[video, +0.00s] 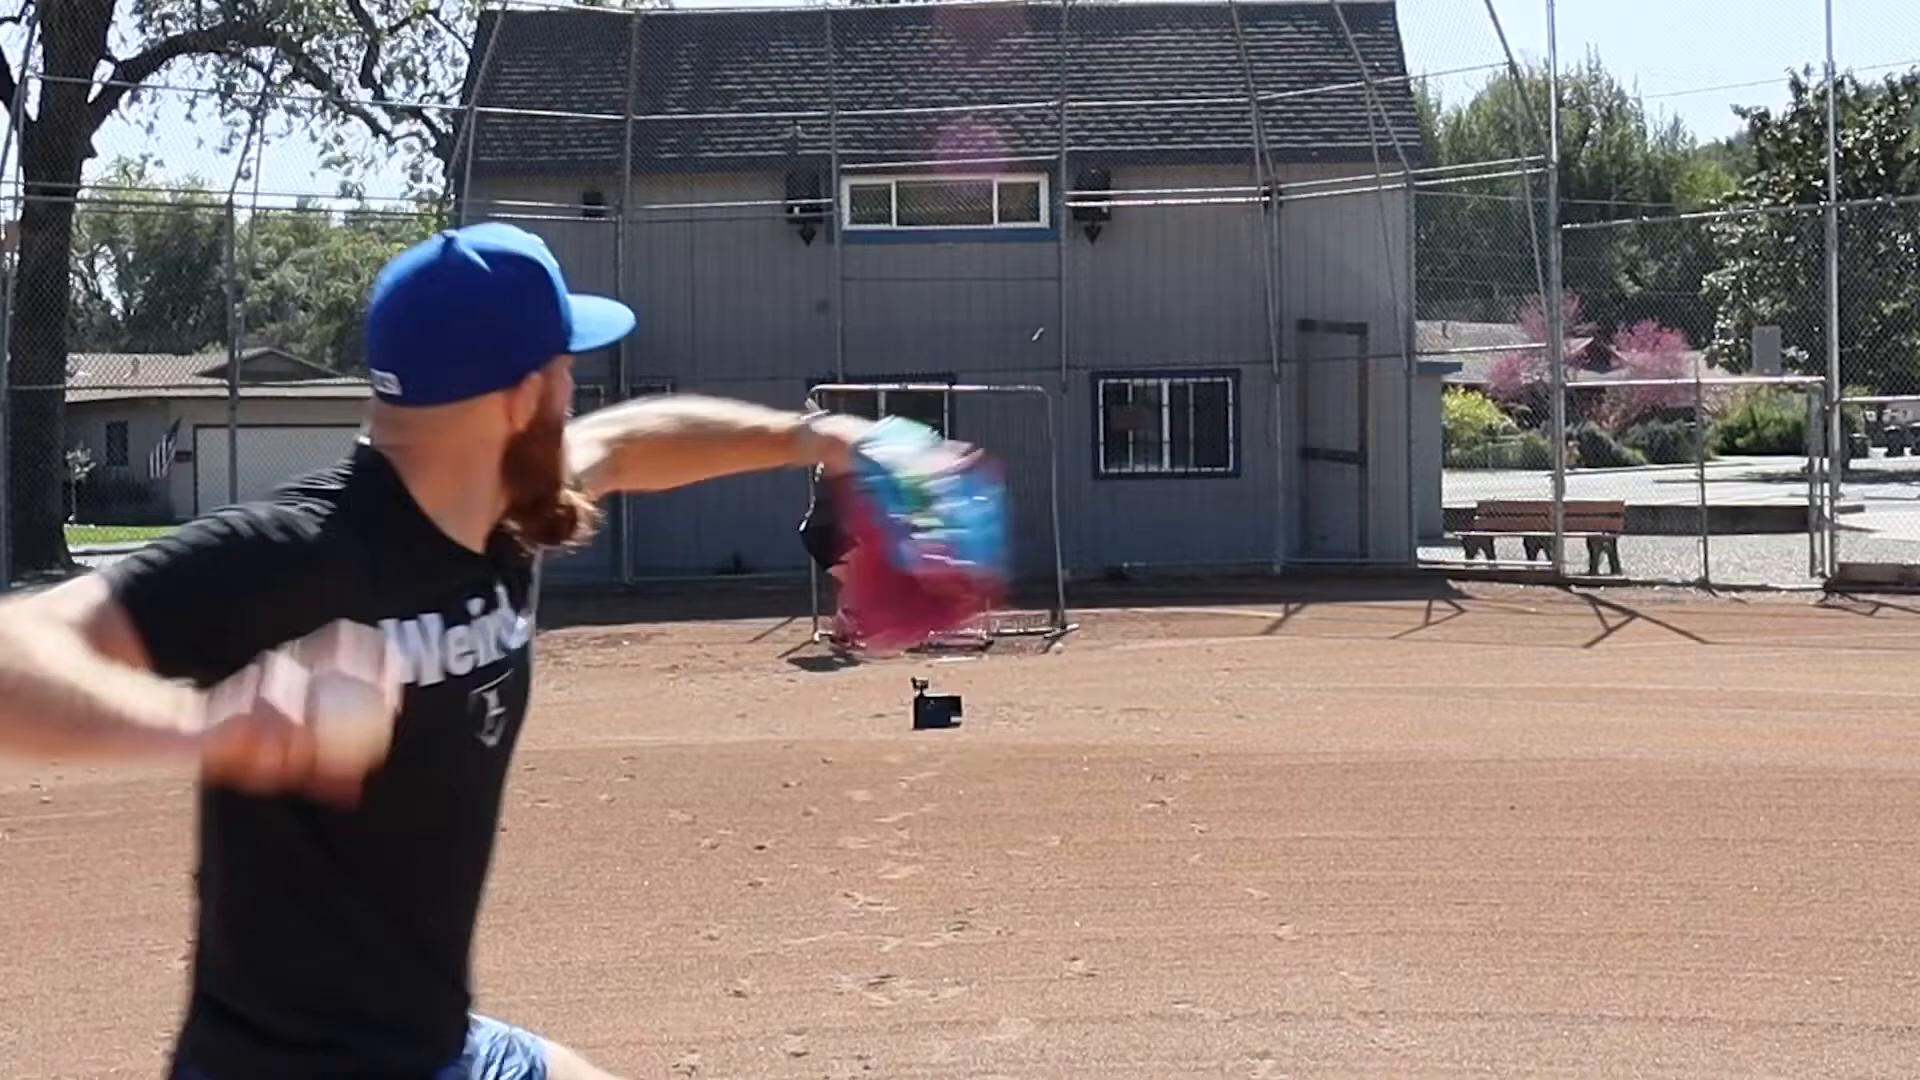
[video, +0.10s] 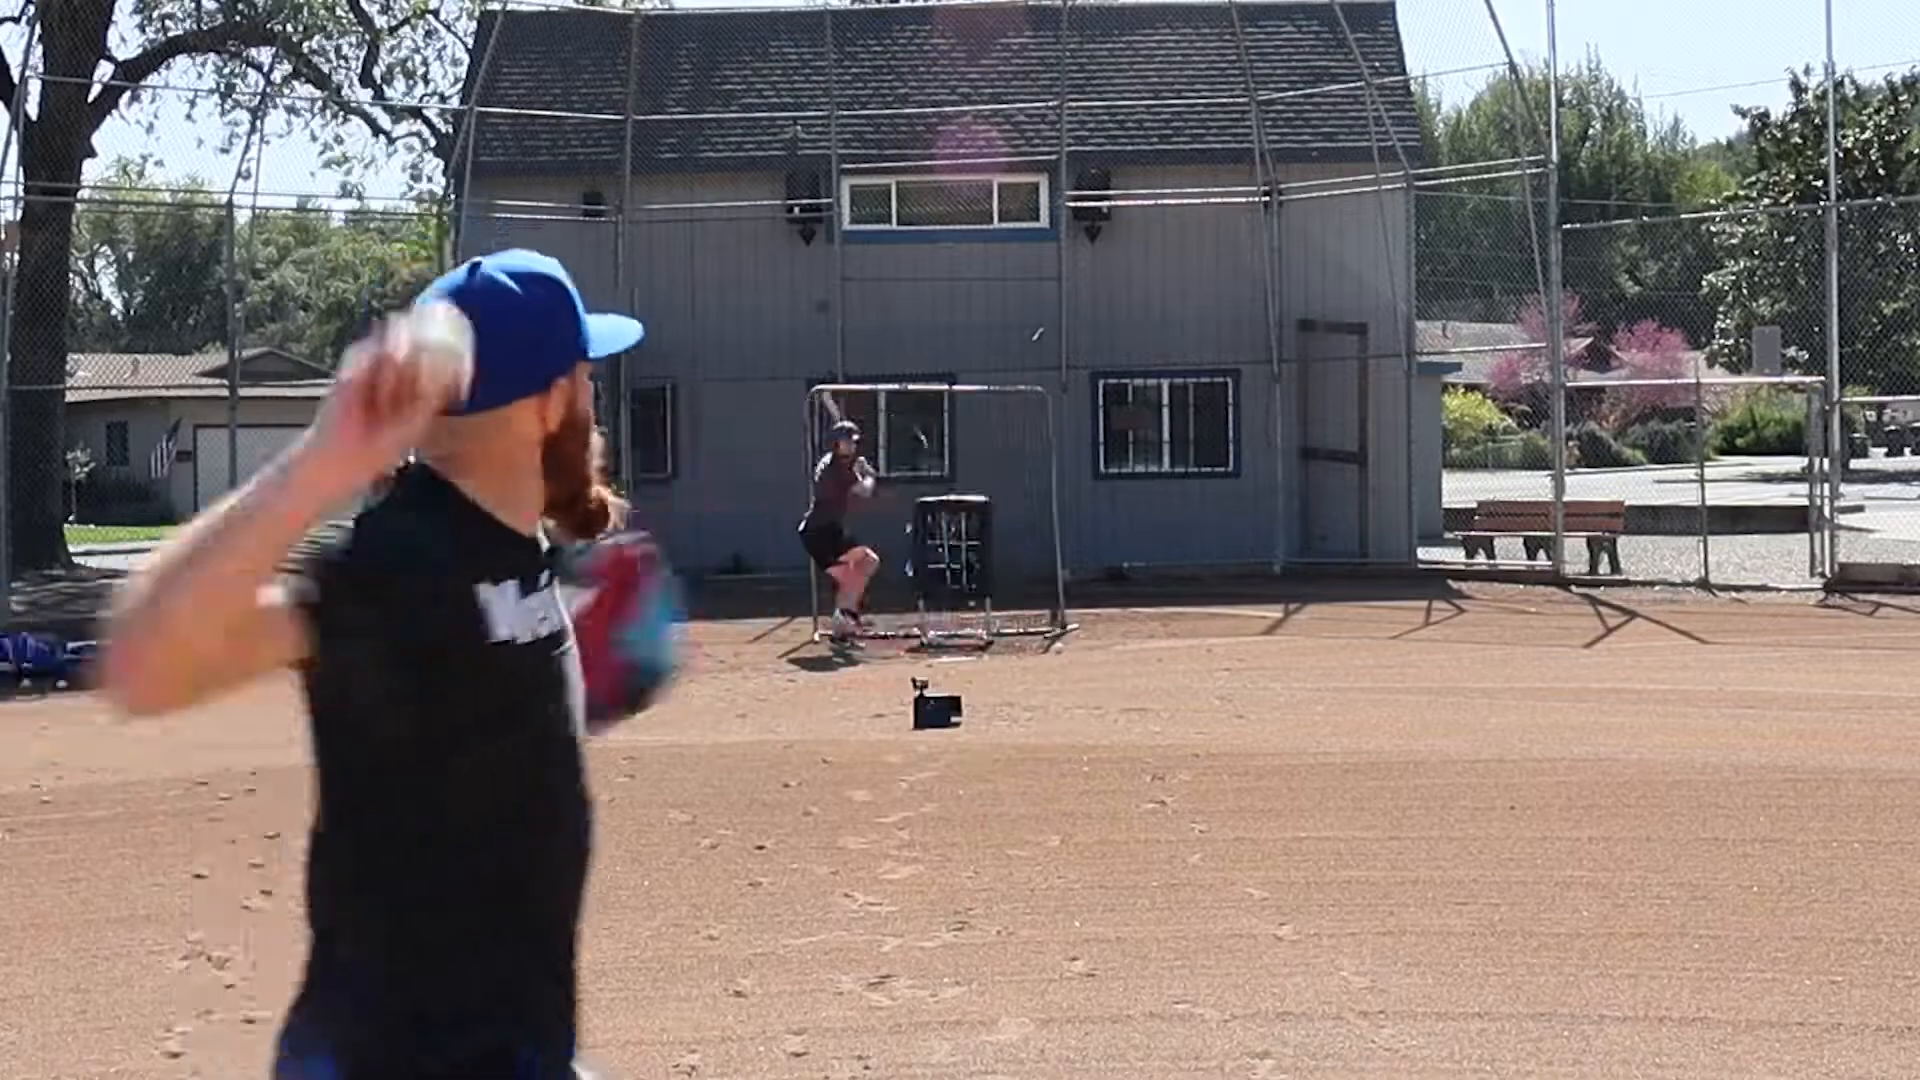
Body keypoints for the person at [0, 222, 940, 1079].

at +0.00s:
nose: (573, 389)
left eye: (570, 367)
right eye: (567, 366)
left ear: (465, 395)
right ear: (521, 392)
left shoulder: (492, 520)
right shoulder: (293, 550)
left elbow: (636, 442)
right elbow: (17, 651)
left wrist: (821, 438)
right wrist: (202, 725)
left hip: (443, 1046)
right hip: (269, 1070)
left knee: (605, 1071)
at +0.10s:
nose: (589, 390)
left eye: (584, 365)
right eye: (581, 369)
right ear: (549, 401)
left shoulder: (519, 547)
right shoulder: (382, 561)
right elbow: (143, 671)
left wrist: (597, 681)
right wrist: (325, 464)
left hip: (524, 1041)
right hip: (385, 1049)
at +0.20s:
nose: (500, 457)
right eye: (496, 441)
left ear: (364, 490)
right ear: (490, 458)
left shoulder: (301, 686)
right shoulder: (591, 562)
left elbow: (238, 973)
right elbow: (829, 453)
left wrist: (305, 940)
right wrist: (783, 339)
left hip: (401, 1038)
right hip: (592, 1022)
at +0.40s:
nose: (291, 600)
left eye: (287, 585)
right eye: (289, 586)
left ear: (295, 578)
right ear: (400, 538)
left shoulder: (325, 617)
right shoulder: (492, 572)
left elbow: (363, 731)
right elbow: (423, 889)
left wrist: (277, 903)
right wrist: (281, 1024)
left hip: (555, 810)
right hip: (717, 757)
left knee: (571, 1059)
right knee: (809, 1059)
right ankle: (852, 1020)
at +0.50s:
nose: (261, 634)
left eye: (255, 612)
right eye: (262, 612)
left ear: (276, 582)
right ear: (366, 541)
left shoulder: (329, 603)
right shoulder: (460, 617)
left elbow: (364, 649)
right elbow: (394, 894)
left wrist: (288, 830)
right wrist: (239, 1019)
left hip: (577, 785)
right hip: (713, 719)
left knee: (572, 1057)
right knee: (963, 1035)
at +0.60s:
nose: (225, 579)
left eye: (226, 560)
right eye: (232, 561)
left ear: (253, 546)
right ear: (348, 517)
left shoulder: (286, 585)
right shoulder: (436, 576)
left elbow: (354, 642)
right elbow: (449, 885)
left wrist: (339, 793)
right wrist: (352, 1049)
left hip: (572, 817)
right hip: (695, 704)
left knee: (582, 1068)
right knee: (1077, 949)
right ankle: (1234, 621)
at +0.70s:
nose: (204, 533)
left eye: (201, 517)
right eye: (221, 511)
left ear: (210, 515)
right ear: (314, 483)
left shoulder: (244, 576)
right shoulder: (394, 545)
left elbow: (331, 672)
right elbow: (465, 806)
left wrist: (374, 854)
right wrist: (477, 1016)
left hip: (588, 810)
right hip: (704, 687)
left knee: (589, 1068)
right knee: (1033, 881)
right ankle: (1269, 702)